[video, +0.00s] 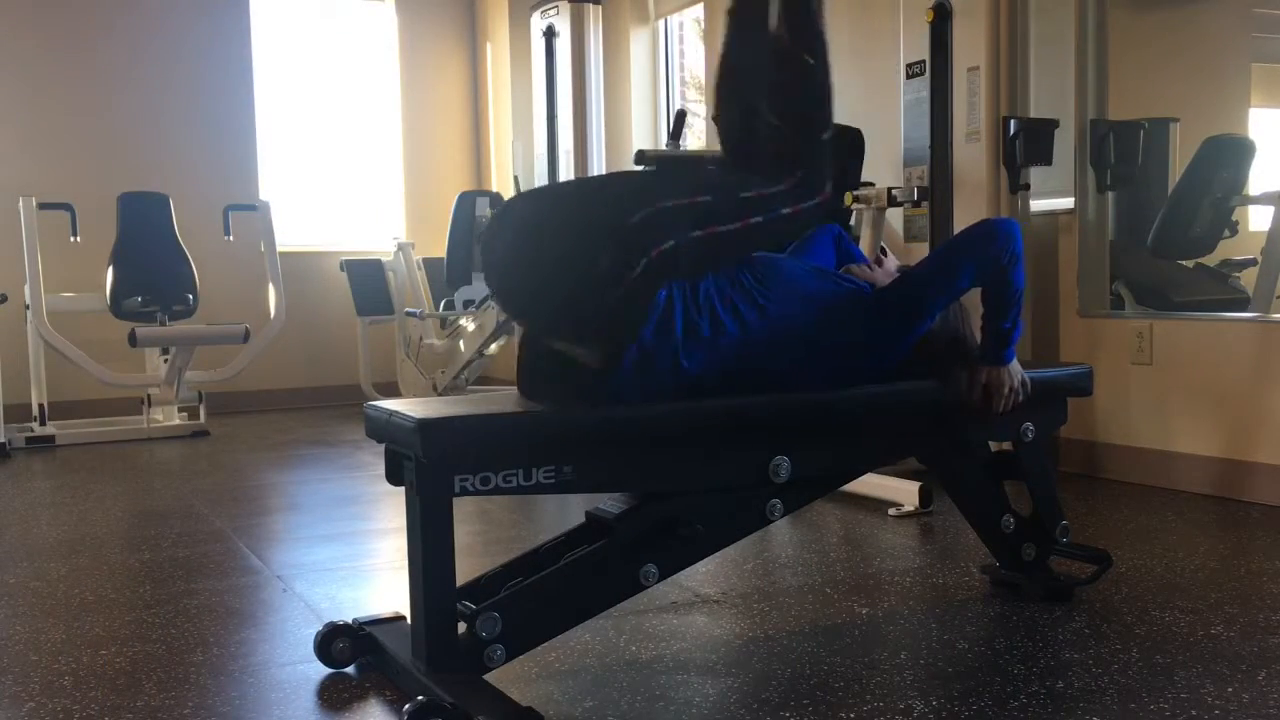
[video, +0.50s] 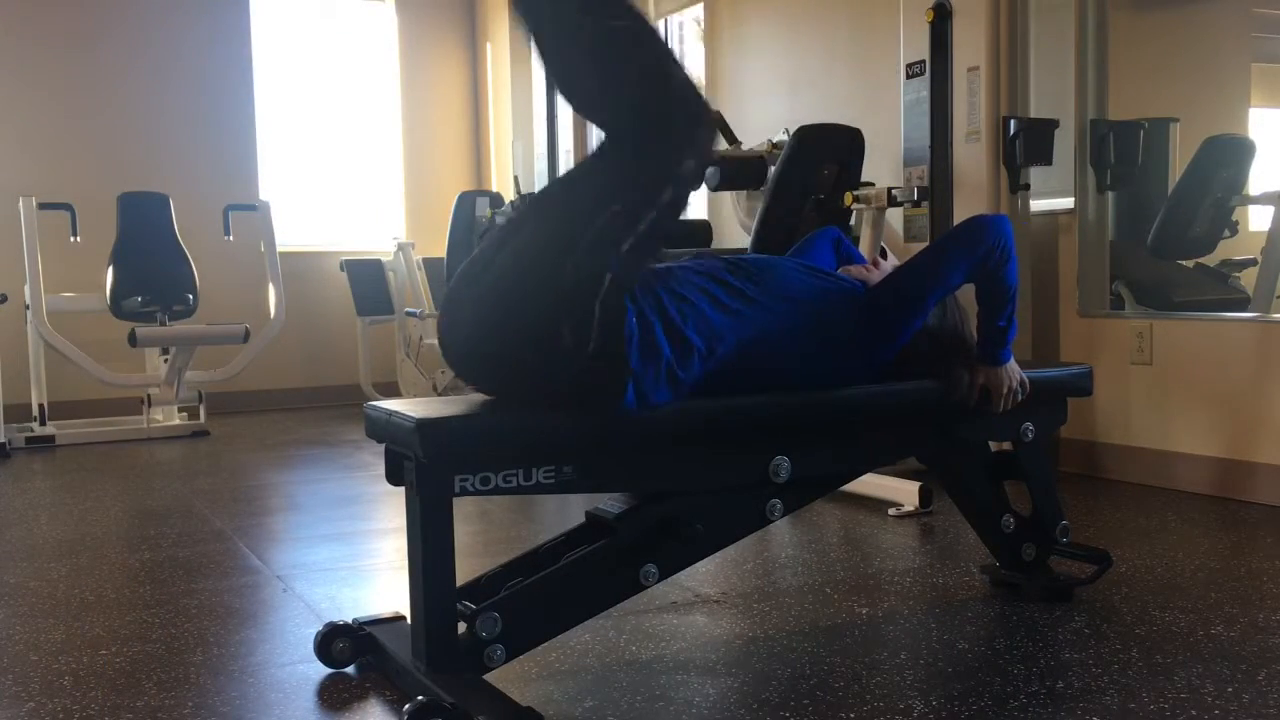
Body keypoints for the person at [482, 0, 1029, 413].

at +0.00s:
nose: (890, 254)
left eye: (902, 269)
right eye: (898, 257)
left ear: (910, 311)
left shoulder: (879, 330)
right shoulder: (839, 277)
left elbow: (998, 237)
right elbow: (817, 215)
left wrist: (1001, 352)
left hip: (607, 320)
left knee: (802, 181)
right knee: (776, 171)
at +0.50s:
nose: (877, 256)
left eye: (893, 269)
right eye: (882, 254)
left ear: (903, 313)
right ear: (859, 273)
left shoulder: (870, 331)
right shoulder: (808, 286)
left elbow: (989, 232)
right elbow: (827, 229)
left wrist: (998, 353)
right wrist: (870, 267)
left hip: (558, 349)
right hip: (527, 329)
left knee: (678, 127)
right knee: (681, 129)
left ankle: (533, 9)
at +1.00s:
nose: (870, 244)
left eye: (889, 249)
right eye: (870, 237)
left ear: (899, 298)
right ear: (850, 259)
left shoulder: (855, 329)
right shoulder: (800, 292)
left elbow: (992, 235)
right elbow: (824, 200)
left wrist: (986, 349)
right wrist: (870, 249)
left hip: (539, 356)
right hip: (531, 326)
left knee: (452, 64)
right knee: (451, 63)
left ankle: (156, 98)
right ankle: (169, 80)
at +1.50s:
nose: (873, 250)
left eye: (890, 259)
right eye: (876, 245)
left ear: (894, 294)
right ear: (856, 261)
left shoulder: (855, 323)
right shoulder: (787, 286)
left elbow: (983, 227)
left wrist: (984, 348)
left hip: (545, 350)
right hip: (525, 308)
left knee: (244, 216)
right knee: (272, 205)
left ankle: (39, 435)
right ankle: (172, 287)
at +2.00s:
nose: (879, 253)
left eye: (893, 261)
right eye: (887, 251)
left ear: (895, 295)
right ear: (863, 269)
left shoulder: (859, 321)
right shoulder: (783, 292)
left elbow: (978, 222)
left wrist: (983, 356)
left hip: (551, 346)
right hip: (513, 304)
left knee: (231, 365)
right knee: (247, 343)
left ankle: (61, 617)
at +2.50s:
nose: (859, 242)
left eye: (870, 246)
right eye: (853, 233)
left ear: (879, 282)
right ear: (829, 248)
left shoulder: (837, 317)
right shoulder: (776, 284)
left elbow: (976, 231)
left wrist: (968, 339)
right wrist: (871, 237)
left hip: (542, 357)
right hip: (526, 329)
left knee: (430, 71)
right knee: (430, 73)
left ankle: (143, 71)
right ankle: (153, 58)